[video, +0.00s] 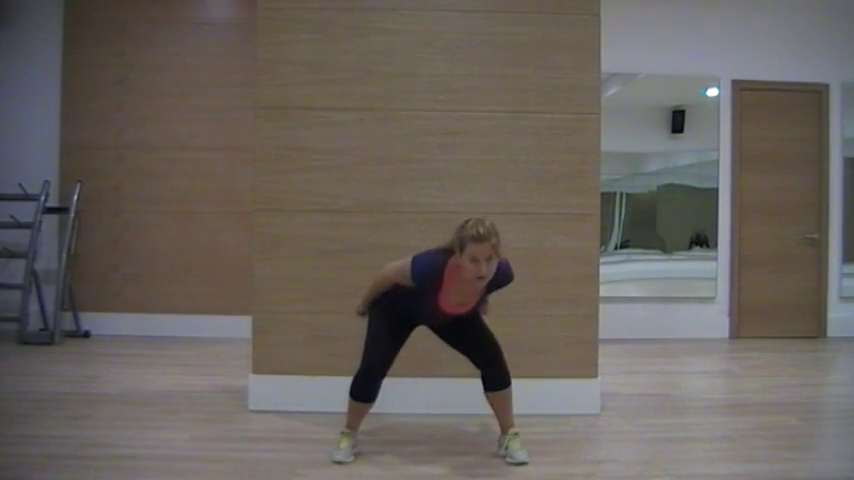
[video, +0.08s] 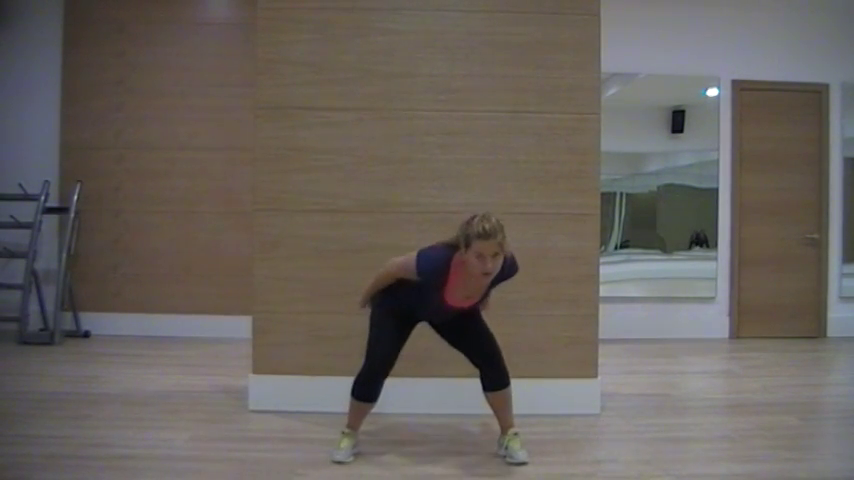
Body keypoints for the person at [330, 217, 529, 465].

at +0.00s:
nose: (483, 269)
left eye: (489, 260)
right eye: (474, 261)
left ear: (497, 256)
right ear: (458, 257)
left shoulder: (503, 274)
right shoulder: (430, 266)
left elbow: (484, 289)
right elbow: (388, 275)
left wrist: (481, 303)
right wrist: (365, 302)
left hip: (452, 314)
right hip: (402, 307)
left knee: (493, 361)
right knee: (372, 368)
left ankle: (509, 436)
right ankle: (348, 435)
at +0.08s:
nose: (488, 266)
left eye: (495, 257)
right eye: (480, 257)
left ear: (503, 253)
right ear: (464, 253)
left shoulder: (507, 268)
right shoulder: (436, 261)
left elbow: (487, 282)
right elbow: (392, 268)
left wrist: (482, 301)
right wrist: (367, 295)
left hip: (452, 309)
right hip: (402, 301)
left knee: (492, 361)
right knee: (377, 365)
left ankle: (509, 435)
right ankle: (349, 434)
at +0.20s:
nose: (495, 255)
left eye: (502, 247)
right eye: (487, 247)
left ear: (509, 244)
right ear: (470, 242)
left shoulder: (512, 257)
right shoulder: (442, 251)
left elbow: (489, 270)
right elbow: (398, 260)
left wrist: (485, 288)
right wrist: (370, 287)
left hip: (453, 302)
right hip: (403, 295)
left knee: (491, 361)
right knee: (380, 364)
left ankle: (509, 435)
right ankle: (350, 434)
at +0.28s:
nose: (500, 246)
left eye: (507, 237)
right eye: (492, 238)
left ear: (513, 235)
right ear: (474, 233)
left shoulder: (514, 251)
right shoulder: (446, 244)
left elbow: (491, 264)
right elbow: (402, 254)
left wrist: (485, 284)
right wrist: (372, 283)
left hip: (454, 298)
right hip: (405, 293)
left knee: (491, 361)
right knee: (381, 364)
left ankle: (509, 436)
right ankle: (350, 434)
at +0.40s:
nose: (508, 231)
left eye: (515, 223)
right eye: (500, 223)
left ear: (522, 222)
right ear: (483, 220)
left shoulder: (519, 240)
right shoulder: (453, 234)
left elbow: (493, 257)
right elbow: (406, 249)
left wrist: (484, 279)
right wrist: (376, 279)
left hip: (456, 293)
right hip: (407, 289)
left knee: (491, 359)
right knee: (382, 363)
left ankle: (508, 436)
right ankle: (349, 434)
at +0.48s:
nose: (513, 221)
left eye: (520, 214)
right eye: (505, 213)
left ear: (528, 213)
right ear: (488, 210)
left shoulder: (522, 234)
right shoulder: (457, 228)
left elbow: (482, 257)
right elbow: (409, 246)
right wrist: (380, 277)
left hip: (459, 290)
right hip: (409, 287)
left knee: (492, 357)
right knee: (384, 362)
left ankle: (508, 436)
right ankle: (350, 434)